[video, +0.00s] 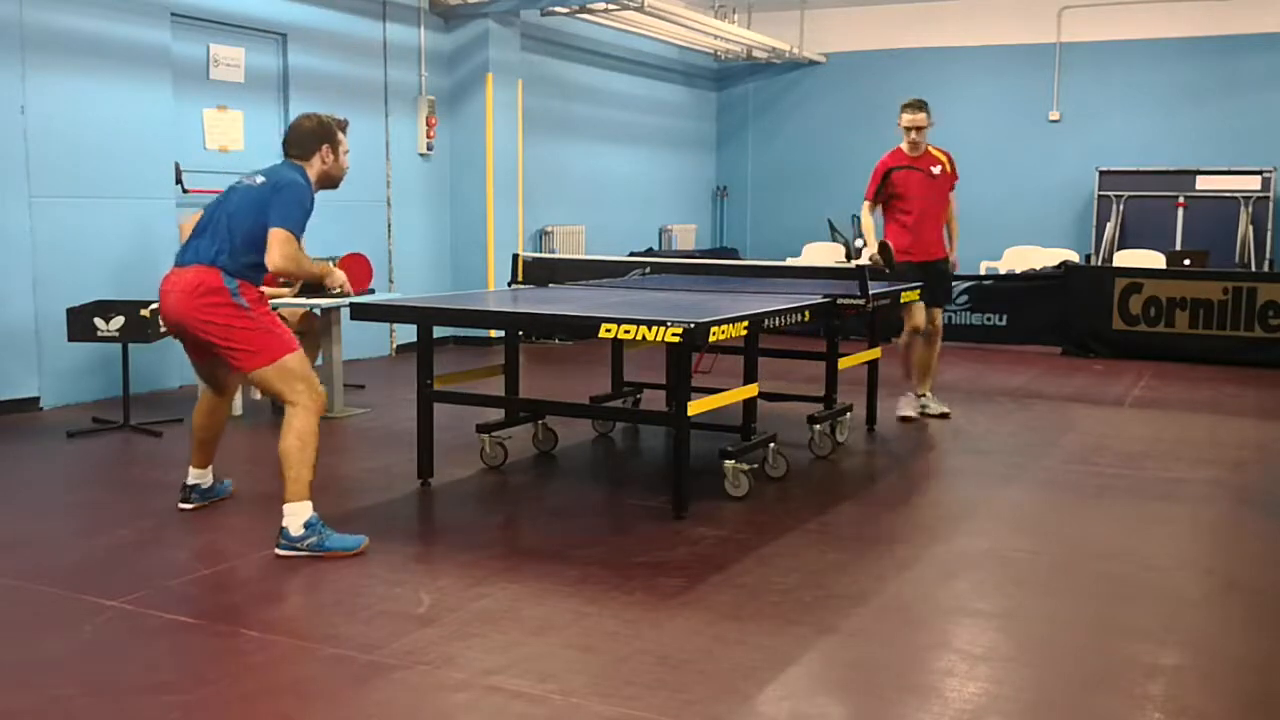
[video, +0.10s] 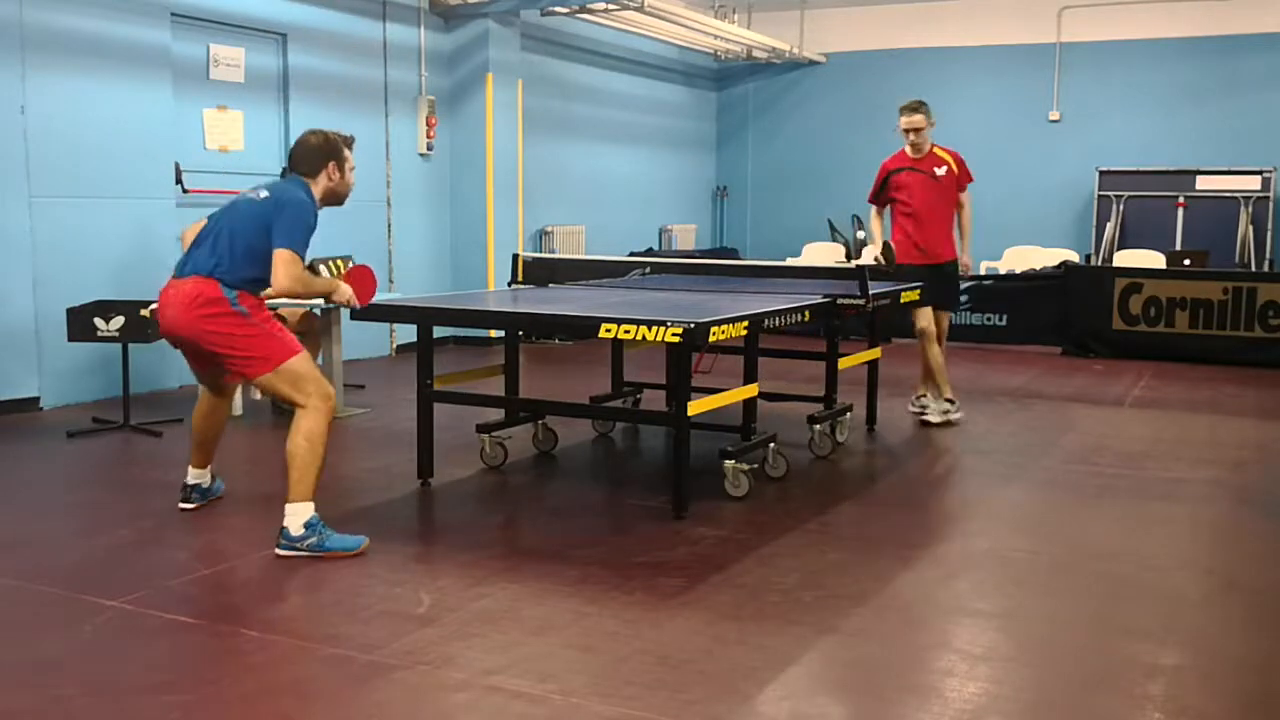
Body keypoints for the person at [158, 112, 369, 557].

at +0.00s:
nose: (347, 162)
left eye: (347, 153)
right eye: (344, 152)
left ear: (296, 152)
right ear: (324, 154)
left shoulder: (252, 180)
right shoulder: (295, 185)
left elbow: (192, 229)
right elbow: (281, 258)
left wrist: (244, 273)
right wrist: (324, 271)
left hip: (176, 289)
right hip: (217, 290)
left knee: (221, 384)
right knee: (306, 396)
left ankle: (198, 483)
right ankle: (299, 525)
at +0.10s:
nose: (353, 176)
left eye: (351, 167)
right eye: (349, 167)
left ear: (303, 169)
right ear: (329, 171)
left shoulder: (261, 194)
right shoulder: (297, 201)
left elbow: (191, 235)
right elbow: (286, 280)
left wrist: (236, 285)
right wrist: (331, 286)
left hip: (174, 300)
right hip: (213, 303)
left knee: (219, 386)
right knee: (317, 397)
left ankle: (196, 483)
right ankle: (300, 524)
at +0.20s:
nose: (355, 194)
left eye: (355, 184)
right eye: (353, 184)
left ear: (304, 183)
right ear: (333, 186)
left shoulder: (258, 206)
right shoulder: (298, 214)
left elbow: (191, 239)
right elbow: (287, 299)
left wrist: (240, 299)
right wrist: (334, 299)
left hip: (170, 309)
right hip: (208, 312)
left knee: (223, 385)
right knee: (319, 396)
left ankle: (195, 483)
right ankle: (299, 524)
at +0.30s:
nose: (354, 210)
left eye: (354, 200)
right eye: (352, 200)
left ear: (302, 196)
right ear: (334, 201)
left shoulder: (259, 218)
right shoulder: (296, 229)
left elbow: (190, 243)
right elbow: (288, 318)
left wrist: (200, 298)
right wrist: (332, 314)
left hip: (166, 317)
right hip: (201, 320)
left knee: (224, 387)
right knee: (317, 397)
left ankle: (191, 482)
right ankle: (299, 525)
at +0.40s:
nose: (352, 220)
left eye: (352, 211)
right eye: (350, 210)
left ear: (299, 207)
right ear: (331, 213)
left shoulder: (260, 225)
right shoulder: (294, 243)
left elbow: (188, 245)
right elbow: (285, 331)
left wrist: (182, 300)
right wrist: (332, 321)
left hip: (160, 324)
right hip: (193, 329)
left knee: (226, 383)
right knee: (314, 397)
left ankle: (191, 482)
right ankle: (298, 526)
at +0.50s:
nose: (349, 224)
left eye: (348, 215)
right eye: (346, 214)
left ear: (296, 211)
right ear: (327, 217)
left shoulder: (259, 229)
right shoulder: (291, 249)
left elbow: (187, 248)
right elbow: (285, 336)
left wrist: (182, 303)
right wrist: (329, 322)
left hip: (159, 328)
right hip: (188, 334)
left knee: (227, 379)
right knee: (311, 397)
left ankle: (191, 482)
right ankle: (297, 526)